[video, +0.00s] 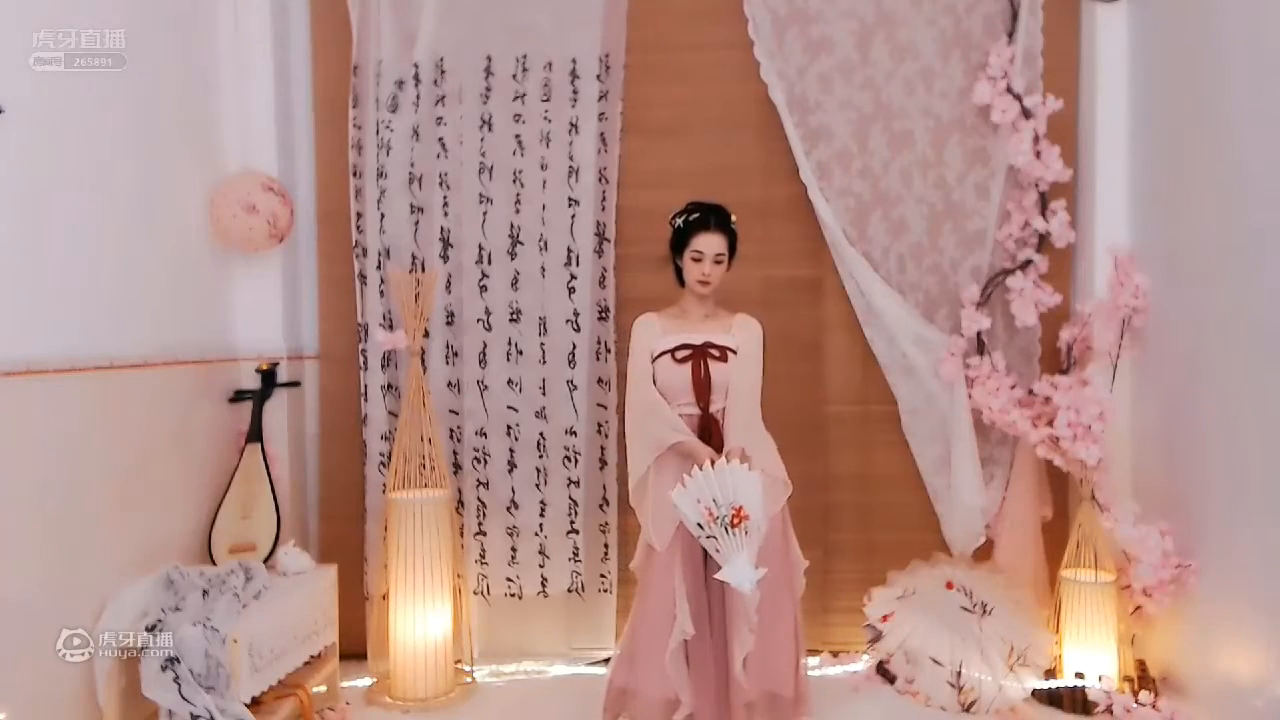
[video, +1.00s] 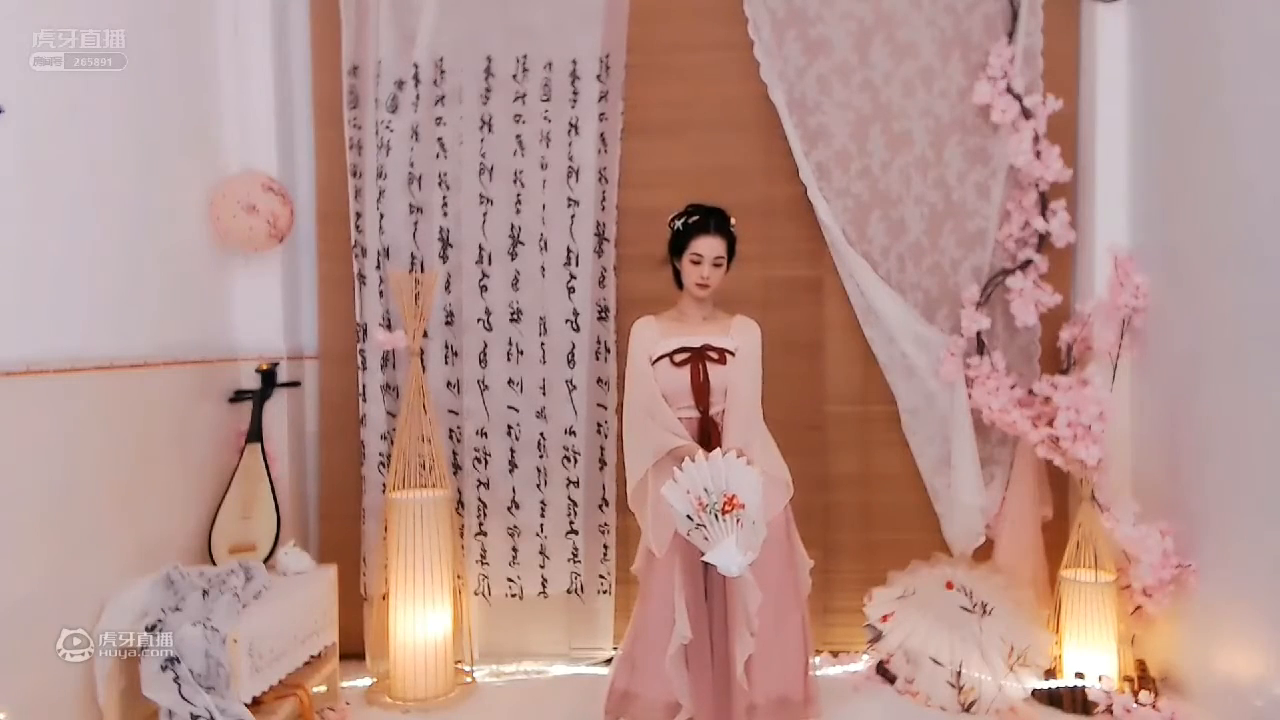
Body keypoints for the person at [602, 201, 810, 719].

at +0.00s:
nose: (707, 270)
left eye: (718, 260)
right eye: (697, 258)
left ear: (730, 265)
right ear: (678, 260)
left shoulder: (746, 328)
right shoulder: (649, 327)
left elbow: (747, 408)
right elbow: (644, 407)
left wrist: (738, 461)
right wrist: (698, 452)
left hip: (741, 466)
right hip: (675, 466)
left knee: (745, 587)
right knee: (679, 584)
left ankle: (746, 702)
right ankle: (681, 703)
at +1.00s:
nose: (707, 273)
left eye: (718, 263)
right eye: (697, 261)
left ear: (729, 268)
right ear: (677, 262)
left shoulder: (744, 331)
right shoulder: (648, 331)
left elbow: (747, 411)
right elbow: (644, 410)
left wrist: (735, 471)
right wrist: (683, 449)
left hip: (740, 470)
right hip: (673, 473)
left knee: (745, 587)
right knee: (679, 584)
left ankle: (747, 701)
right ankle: (681, 703)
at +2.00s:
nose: (709, 274)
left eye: (718, 262)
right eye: (698, 262)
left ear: (729, 267)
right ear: (677, 265)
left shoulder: (745, 332)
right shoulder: (648, 331)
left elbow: (755, 419)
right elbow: (638, 421)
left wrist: (750, 491)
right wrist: (652, 497)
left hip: (735, 484)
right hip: (671, 486)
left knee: (737, 605)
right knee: (674, 605)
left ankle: (739, 708)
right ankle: (677, 710)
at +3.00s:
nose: (709, 271)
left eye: (718, 259)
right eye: (698, 261)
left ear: (731, 264)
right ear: (681, 266)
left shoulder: (750, 335)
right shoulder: (653, 328)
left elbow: (764, 424)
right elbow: (637, 417)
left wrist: (764, 493)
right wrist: (640, 496)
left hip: (736, 484)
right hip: (670, 484)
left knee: (735, 606)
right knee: (672, 604)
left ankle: (735, 709)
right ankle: (673, 709)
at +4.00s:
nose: (714, 271)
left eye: (723, 259)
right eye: (703, 261)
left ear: (738, 263)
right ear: (688, 266)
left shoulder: (755, 335)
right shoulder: (661, 325)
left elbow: (769, 425)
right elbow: (642, 412)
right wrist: (651, 478)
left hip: (738, 494)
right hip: (674, 491)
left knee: (738, 610)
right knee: (673, 610)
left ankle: (736, 711)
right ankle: (675, 711)